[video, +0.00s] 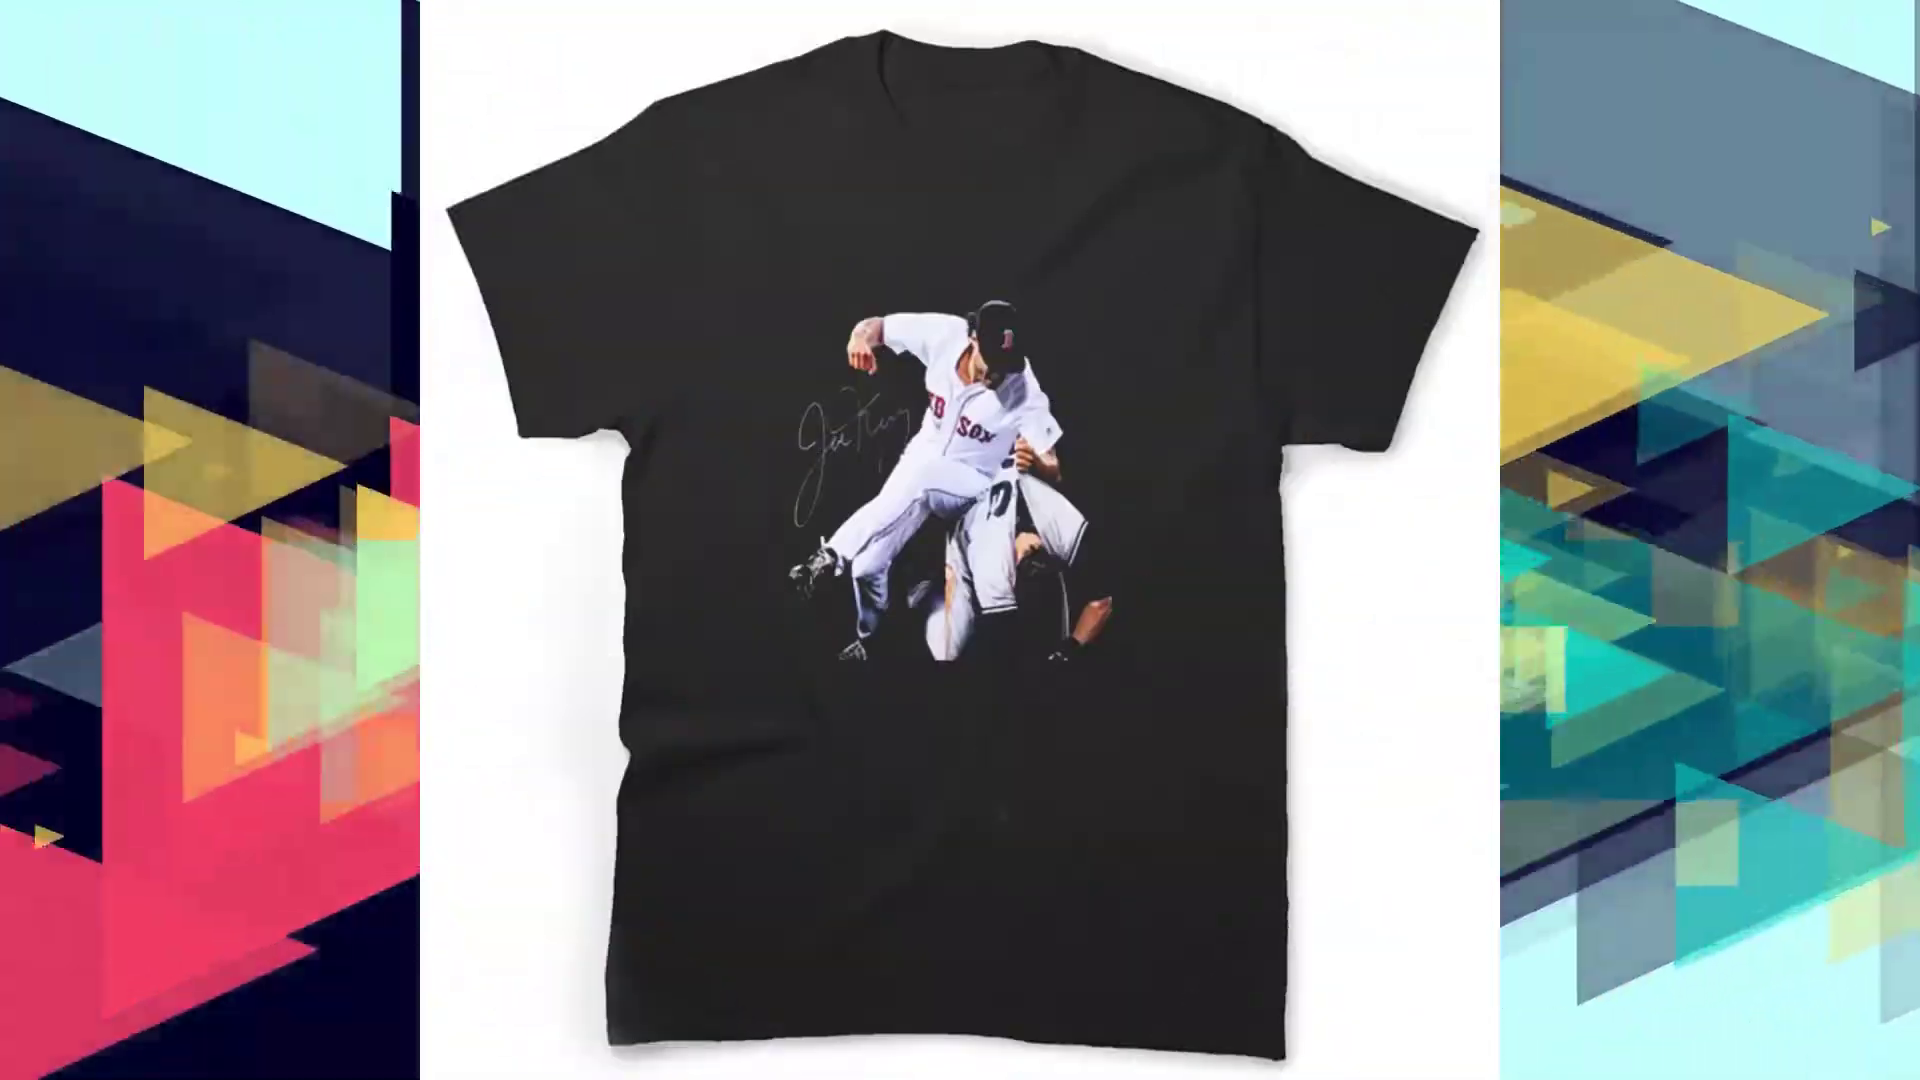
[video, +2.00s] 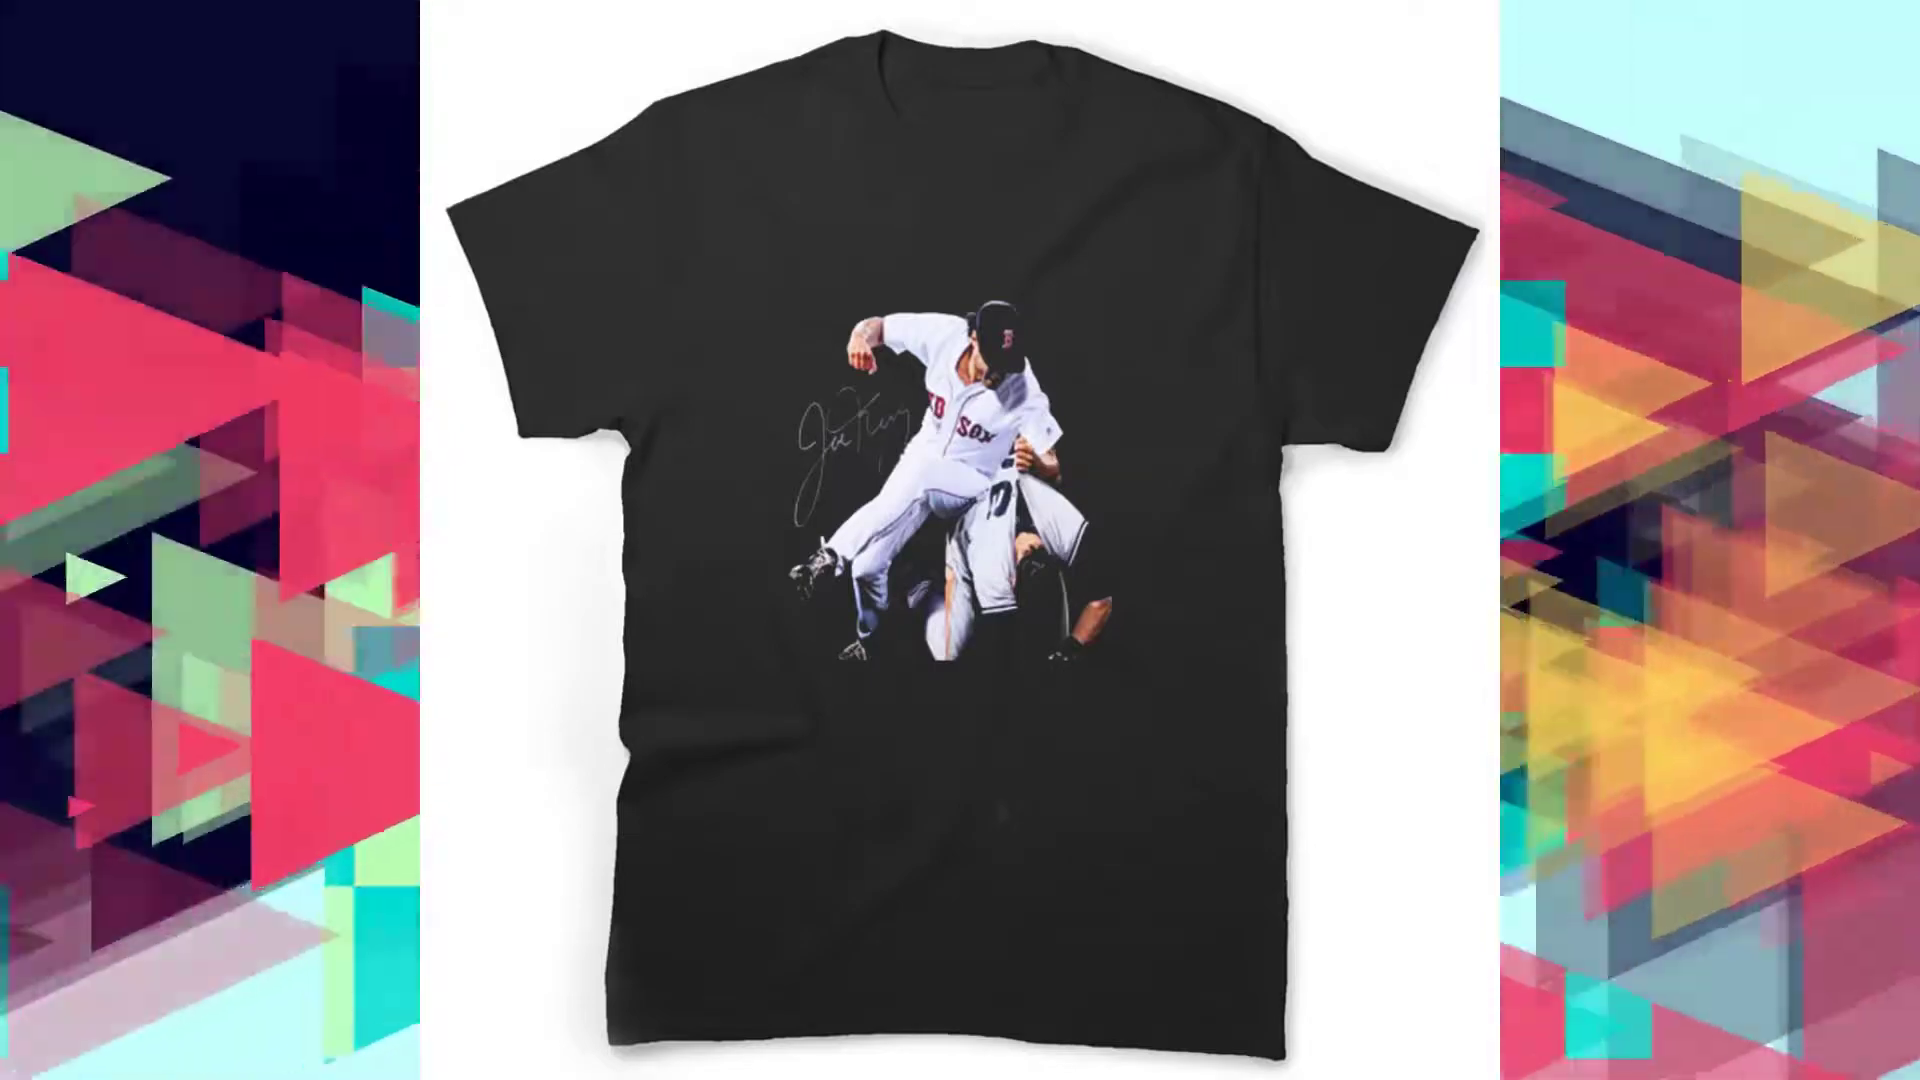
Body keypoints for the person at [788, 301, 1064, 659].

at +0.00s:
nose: (995, 373)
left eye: (1004, 366)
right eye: (990, 364)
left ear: (1016, 355)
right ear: (973, 342)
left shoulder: (1023, 390)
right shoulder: (946, 334)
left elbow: (1055, 470)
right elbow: (874, 327)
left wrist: (1038, 463)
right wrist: (861, 341)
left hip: (978, 482)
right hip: (922, 460)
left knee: (920, 477)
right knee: (867, 565)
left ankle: (827, 559)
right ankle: (870, 640)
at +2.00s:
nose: (997, 374)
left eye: (1006, 367)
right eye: (991, 364)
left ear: (1017, 354)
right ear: (973, 341)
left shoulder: (1023, 389)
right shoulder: (946, 334)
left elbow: (1054, 468)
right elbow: (878, 327)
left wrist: (1038, 463)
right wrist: (861, 338)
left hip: (979, 482)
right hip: (922, 460)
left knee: (920, 476)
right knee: (867, 566)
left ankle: (828, 560)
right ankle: (871, 642)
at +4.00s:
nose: (997, 374)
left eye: (1006, 367)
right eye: (991, 364)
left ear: (1017, 354)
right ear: (973, 341)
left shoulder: (1023, 389)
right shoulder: (946, 334)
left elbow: (1054, 468)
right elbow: (878, 327)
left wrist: (1038, 463)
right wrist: (861, 338)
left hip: (979, 482)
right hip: (922, 460)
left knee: (920, 476)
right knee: (867, 566)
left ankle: (828, 560)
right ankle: (871, 641)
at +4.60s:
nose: (997, 374)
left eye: (1006, 367)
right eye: (991, 364)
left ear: (1017, 354)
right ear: (973, 341)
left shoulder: (1023, 389)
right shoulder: (946, 334)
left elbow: (1054, 468)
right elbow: (878, 327)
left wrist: (1038, 463)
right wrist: (861, 339)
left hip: (979, 482)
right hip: (922, 460)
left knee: (920, 476)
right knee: (867, 566)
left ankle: (829, 559)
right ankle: (871, 641)